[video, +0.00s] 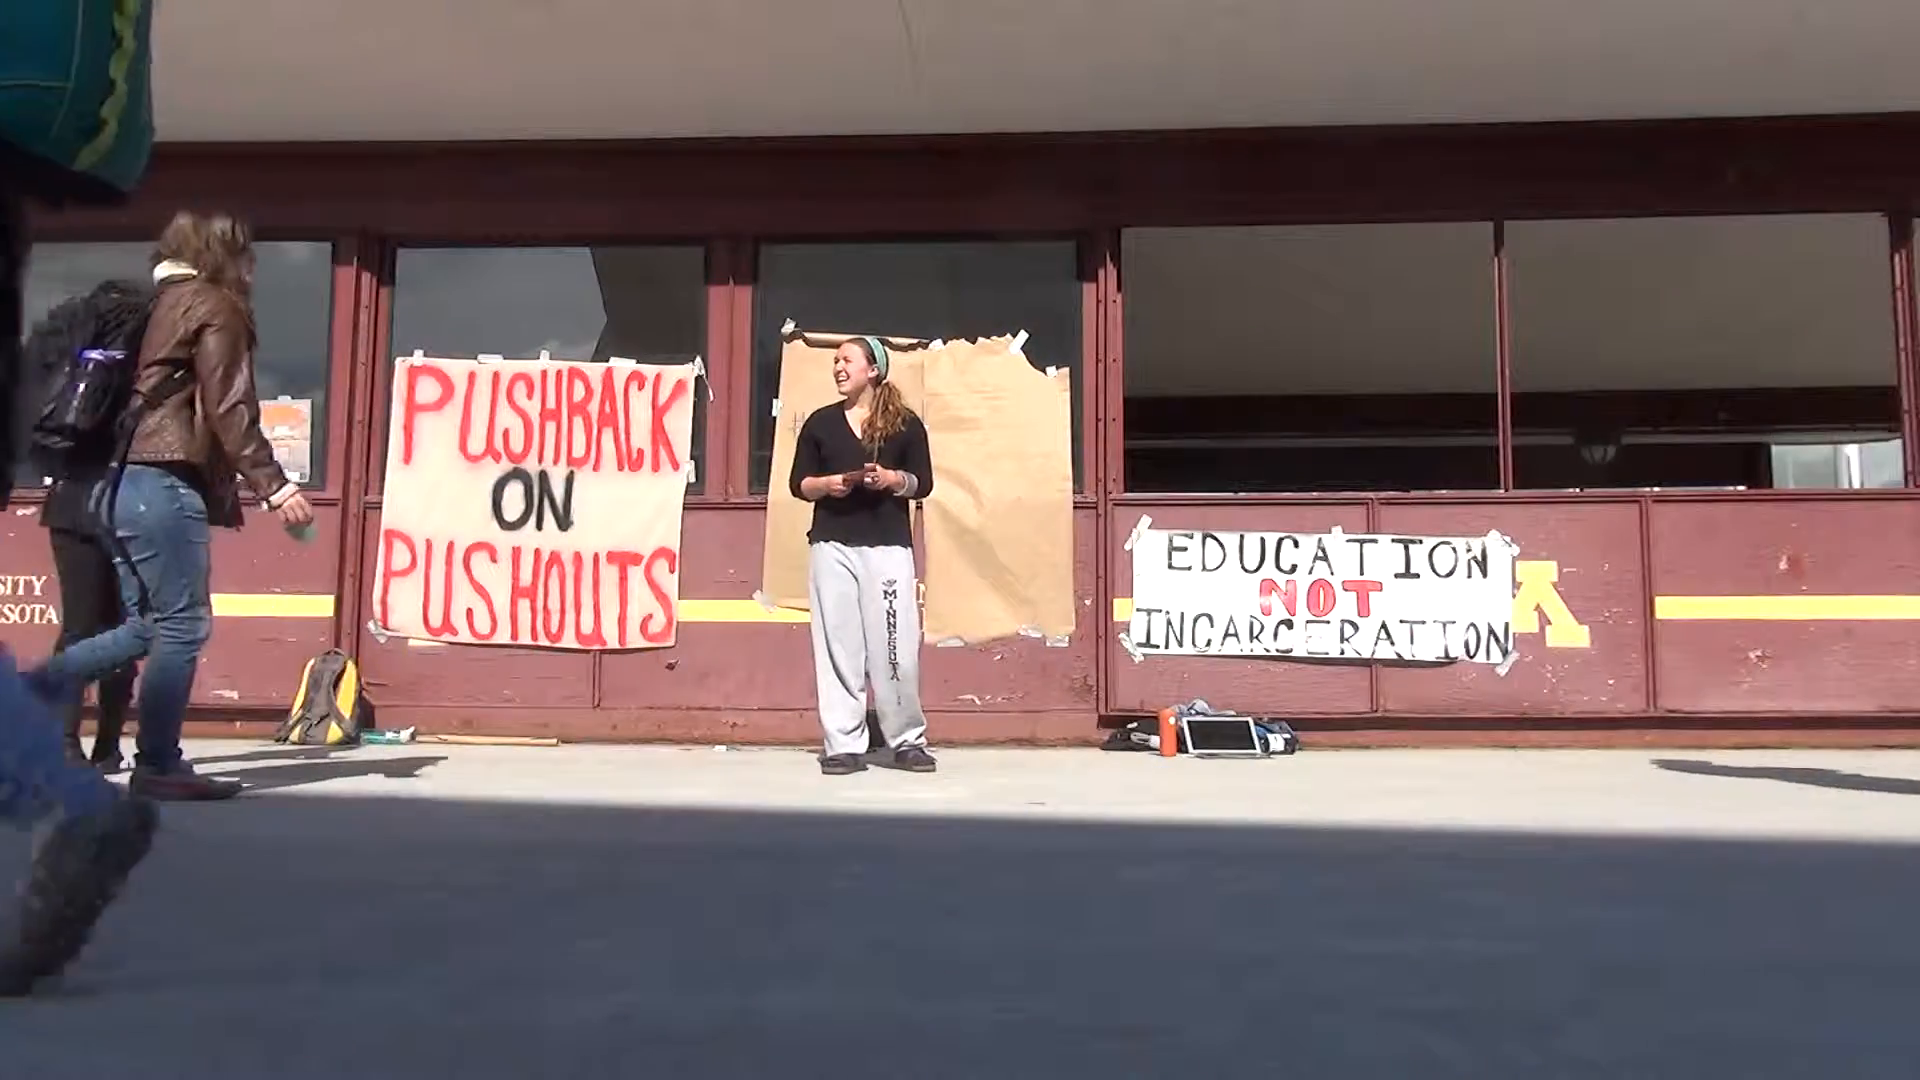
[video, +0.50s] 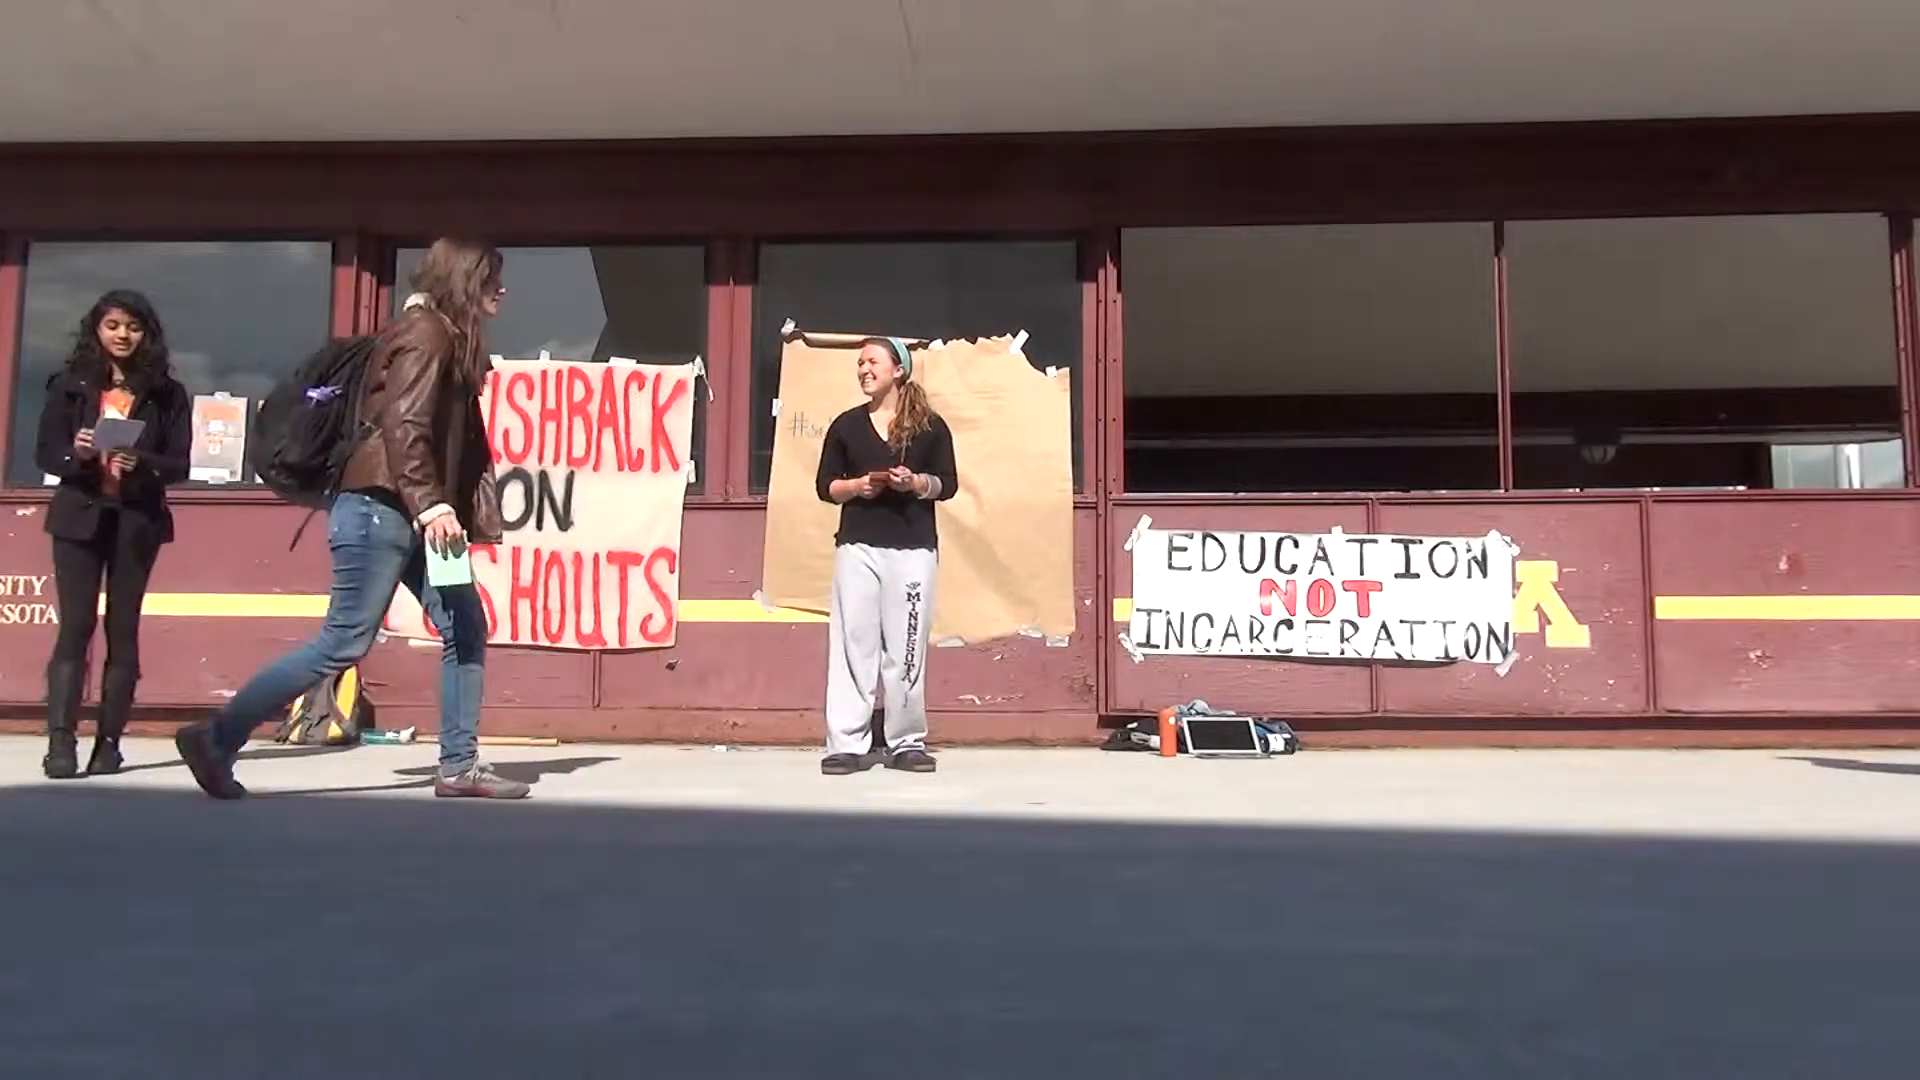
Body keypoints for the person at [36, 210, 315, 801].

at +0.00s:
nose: (247, 266)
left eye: (245, 255)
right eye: (242, 255)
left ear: (185, 251)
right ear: (224, 253)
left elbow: (160, 401)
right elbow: (228, 406)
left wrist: (216, 482)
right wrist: (279, 486)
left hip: (127, 485)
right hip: (164, 488)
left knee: (150, 624)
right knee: (182, 629)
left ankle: (37, 687)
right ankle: (160, 768)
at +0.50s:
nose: (501, 291)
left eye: (500, 281)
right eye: (494, 280)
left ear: (453, 277)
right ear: (466, 281)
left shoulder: (447, 337)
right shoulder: (424, 333)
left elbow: (446, 437)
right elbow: (406, 427)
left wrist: (462, 506)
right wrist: (429, 503)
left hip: (413, 513)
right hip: (375, 505)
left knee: (467, 625)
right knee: (342, 644)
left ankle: (458, 769)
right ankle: (214, 742)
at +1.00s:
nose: (734, 308)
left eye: (734, 297)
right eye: (731, 297)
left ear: (682, 289)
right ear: (711, 296)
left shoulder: (666, 340)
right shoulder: (669, 344)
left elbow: (647, 437)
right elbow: (644, 439)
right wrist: (656, 523)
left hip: (614, 516)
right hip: (631, 516)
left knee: (578, 646)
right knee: (710, 631)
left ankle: (484, 746)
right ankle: (736, 769)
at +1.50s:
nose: (979, 312)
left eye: (978, 300)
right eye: (976, 300)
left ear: (927, 294)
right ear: (961, 300)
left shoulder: (912, 342)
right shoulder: (922, 346)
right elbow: (928, 442)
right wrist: (978, 516)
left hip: (886, 519)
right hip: (868, 512)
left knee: (949, 638)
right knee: (823, 641)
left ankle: (1003, 762)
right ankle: (746, 761)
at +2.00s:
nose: (936, 375)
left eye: (938, 369)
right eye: (927, 367)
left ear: (937, 379)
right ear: (900, 373)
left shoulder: (946, 429)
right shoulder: (866, 427)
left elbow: (964, 490)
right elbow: (846, 489)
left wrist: (947, 487)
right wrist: (893, 488)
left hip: (934, 550)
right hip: (880, 548)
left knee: (921, 648)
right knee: (869, 645)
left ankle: (910, 742)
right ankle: (848, 744)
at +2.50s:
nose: (875, 375)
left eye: (882, 368)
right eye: (875, 368)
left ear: (909, 374)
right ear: (885, 376)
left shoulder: (944, 427)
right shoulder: (866, 429)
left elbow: (965, 485)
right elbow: (847, 489)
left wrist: (921, 485)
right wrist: (864, 490)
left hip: (920, 551)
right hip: (870, 547)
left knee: (909, 646)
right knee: (853, 642)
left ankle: (907, 741)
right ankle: (841, 741)